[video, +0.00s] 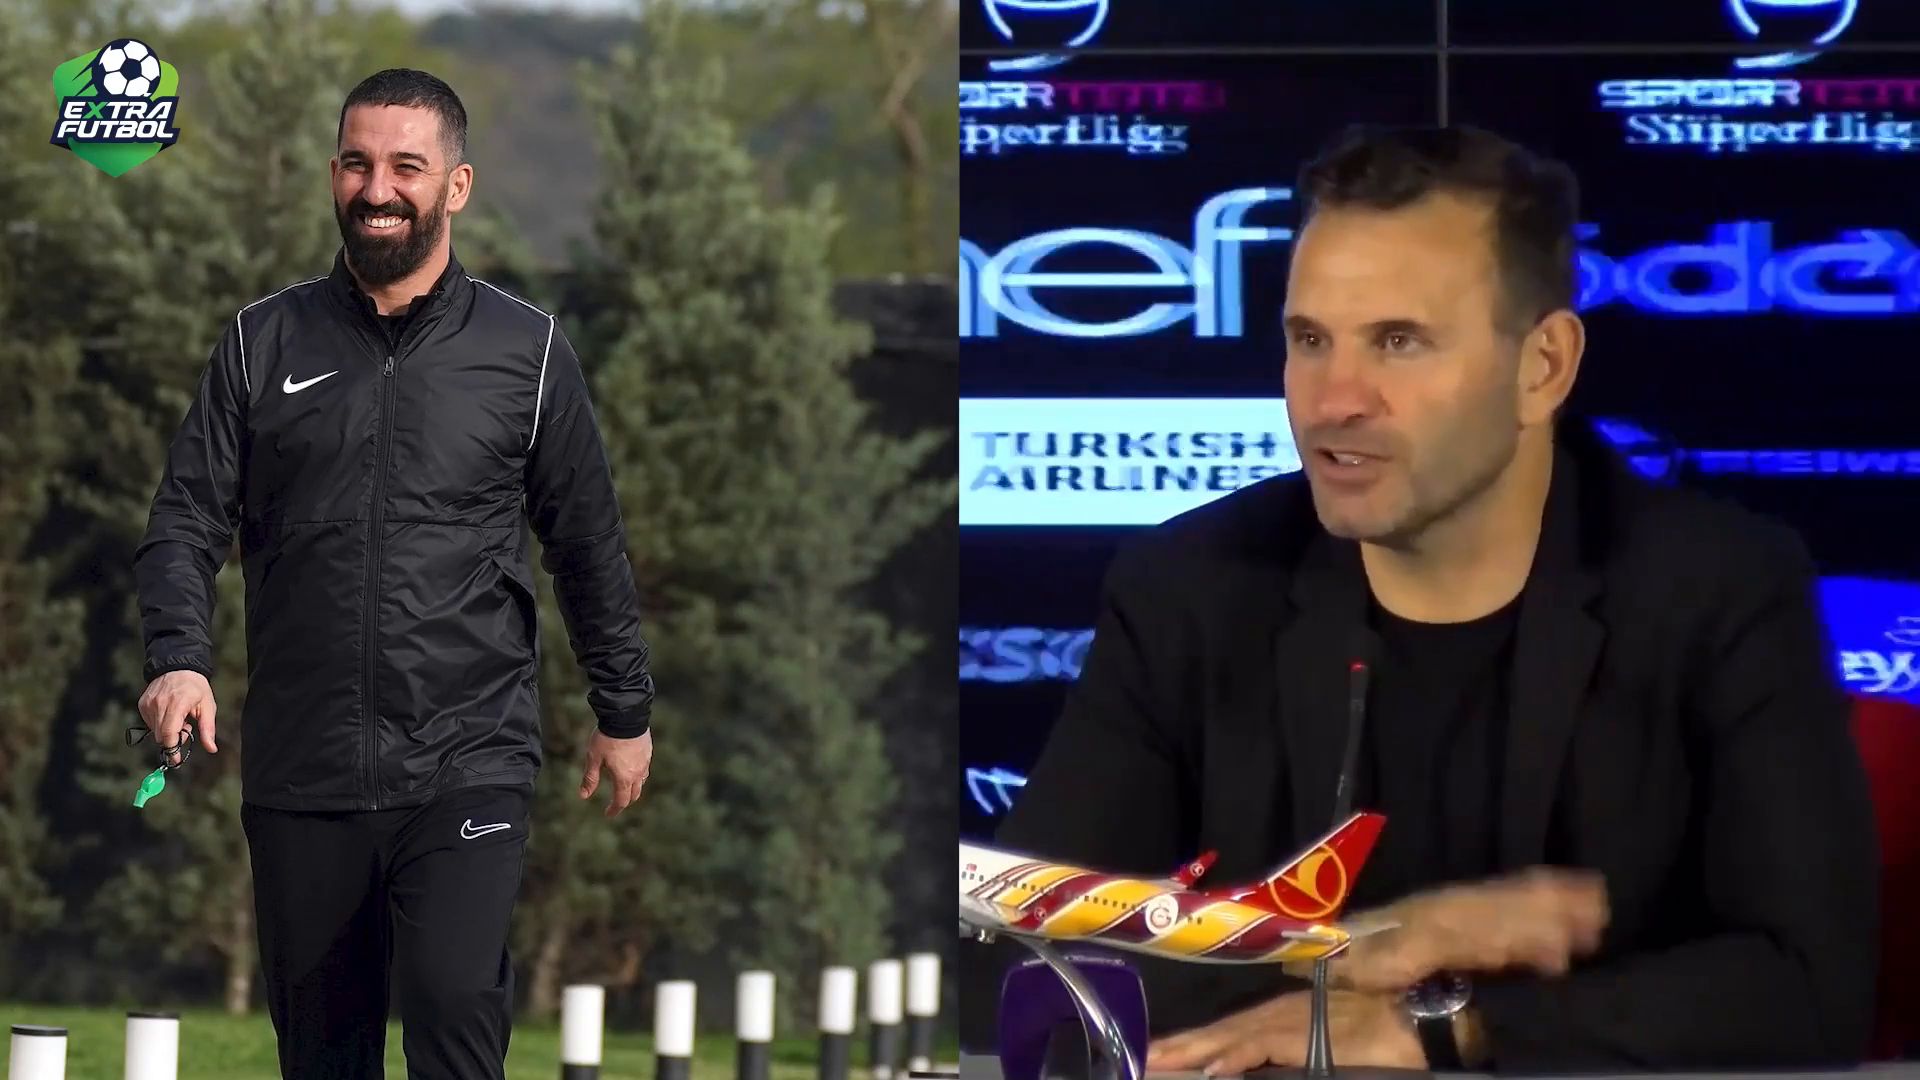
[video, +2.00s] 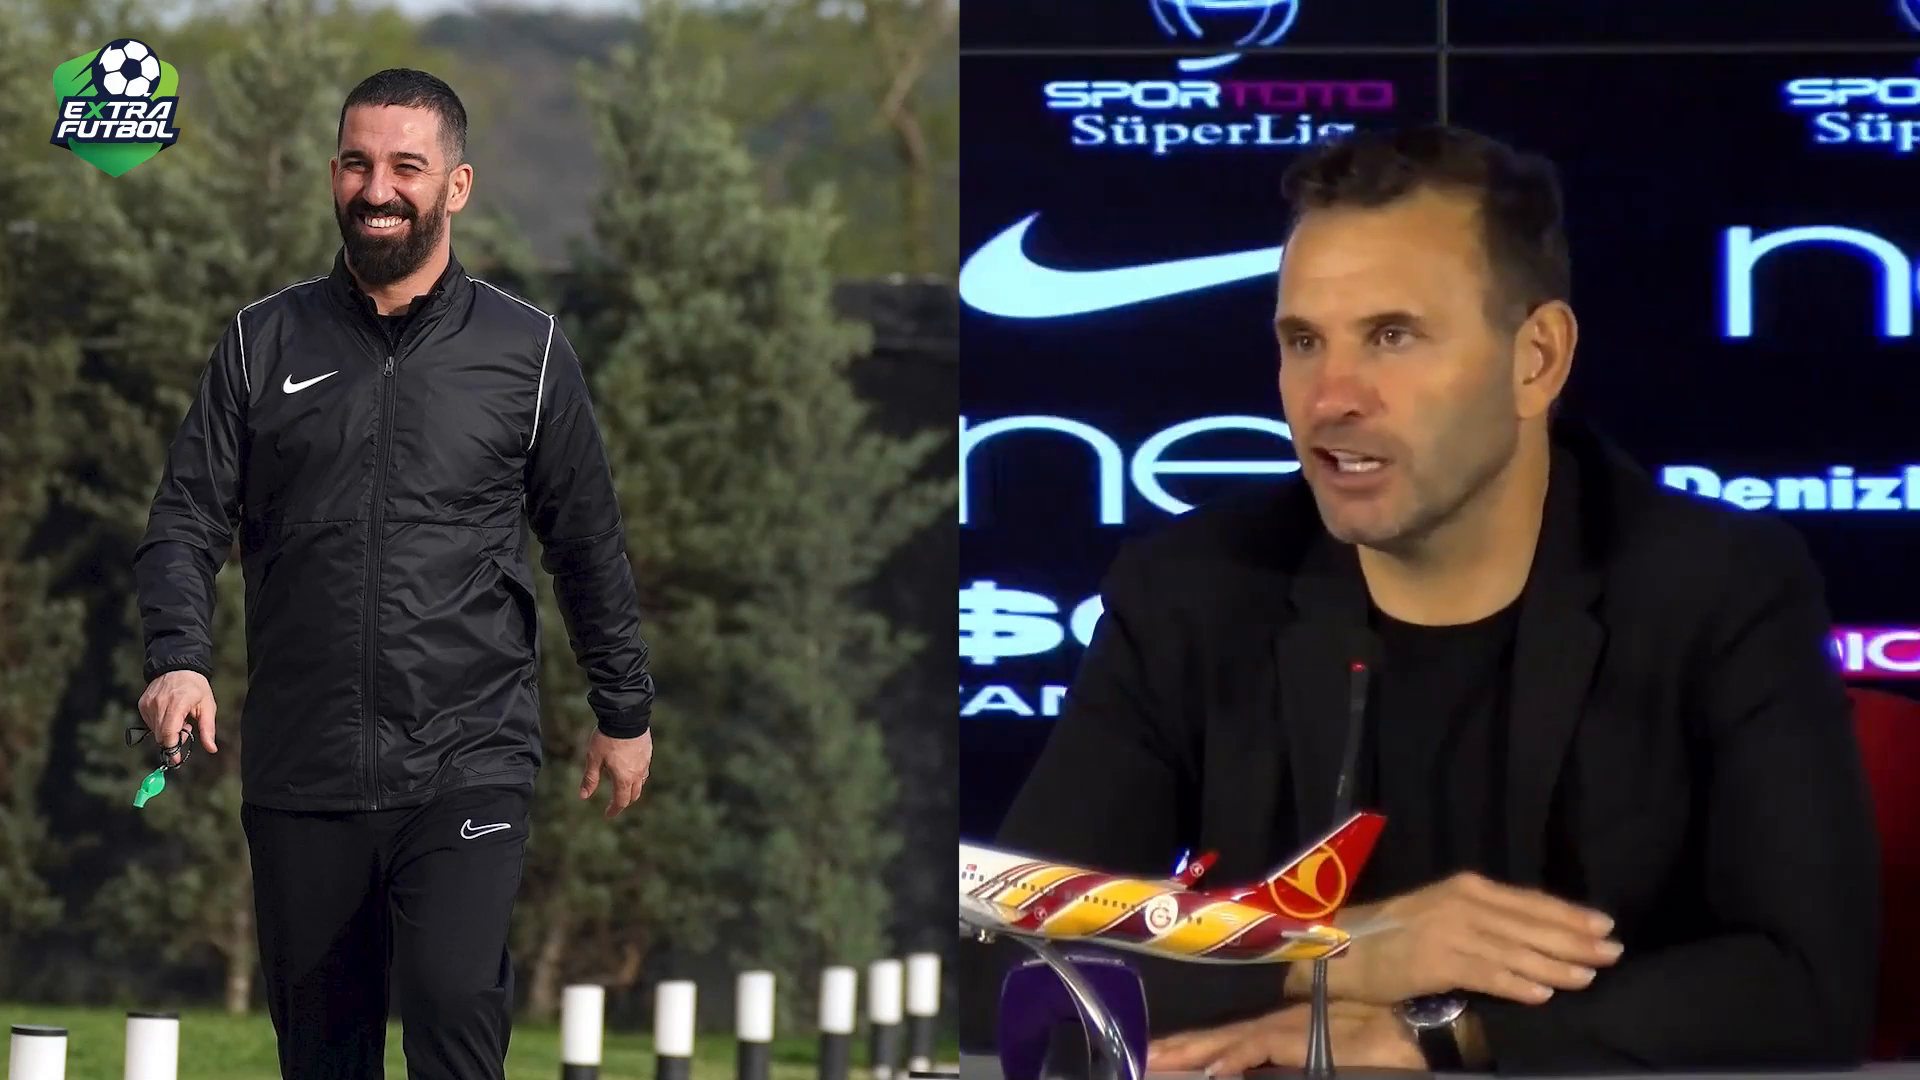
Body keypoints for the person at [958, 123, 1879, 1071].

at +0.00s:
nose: (1329, 398)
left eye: (1397, 344)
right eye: (1308, 339)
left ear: (1543, 368)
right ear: (1282, 342)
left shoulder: (1718, 593)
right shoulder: (1181, 592)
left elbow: (1808, 990)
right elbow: (1031, 983)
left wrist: (1438, 1030)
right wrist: (1363, 947)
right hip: (1247, 1077)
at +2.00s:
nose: (1327, 396)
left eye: (1391, 337)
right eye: (1302, 341)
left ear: (1537, 361)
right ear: (1276, 350)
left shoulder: (1724, 596)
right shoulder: (1191, 592)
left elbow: (1808, 991)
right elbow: (1018, 956)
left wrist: (1441, 1036)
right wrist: (1333, 957)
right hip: (1252, 1076)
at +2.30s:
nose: (1317, 376)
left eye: (1381, 317)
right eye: (1295, 323)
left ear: (1532, 340)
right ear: (1272, 337)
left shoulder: (1733, 591)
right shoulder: (1186, 588)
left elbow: (1810, 996)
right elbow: (1026, 989)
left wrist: (1428, 1020)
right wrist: (1309, 930)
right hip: (1250, 1079)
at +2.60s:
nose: (1327, 400)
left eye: (1391, 342)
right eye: (1303, 346)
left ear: (1539, 359)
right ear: (1278, 354)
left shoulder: (1737, 594)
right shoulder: (1194, 592)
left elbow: (1811, 992)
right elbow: (1022, 961)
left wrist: (1438, 1026)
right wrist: (1322, 953)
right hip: (1253, 1079)